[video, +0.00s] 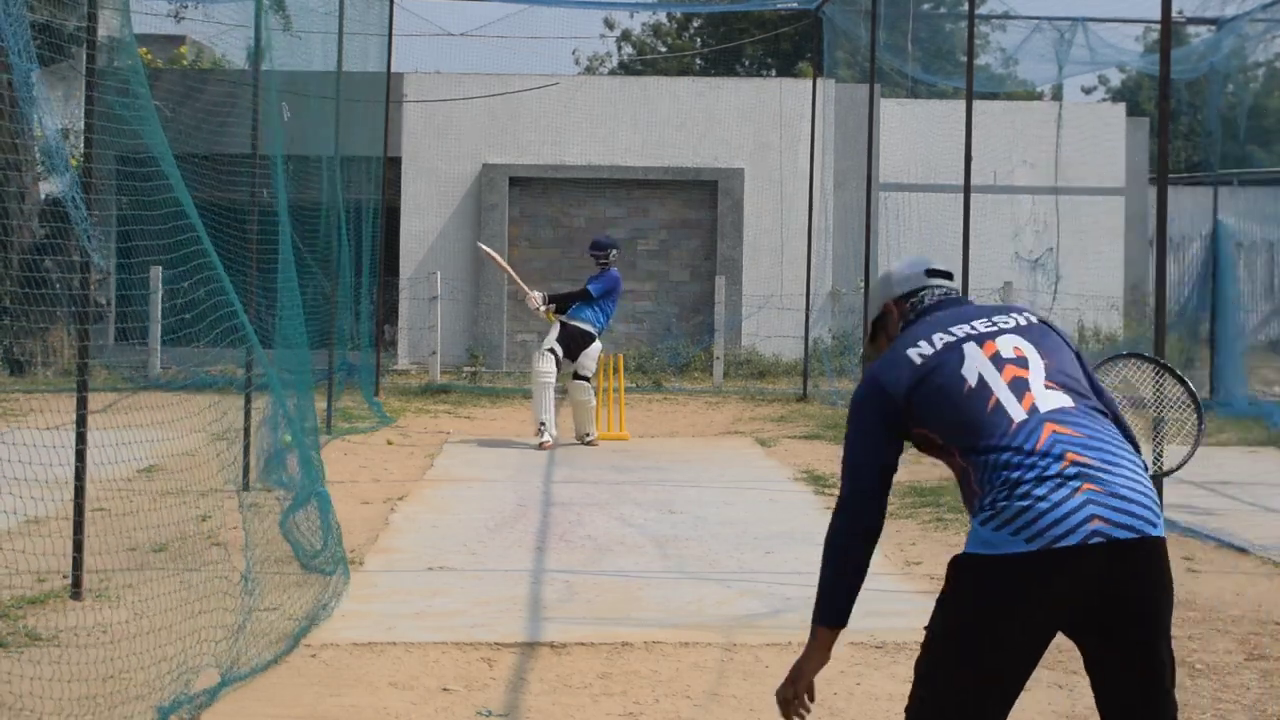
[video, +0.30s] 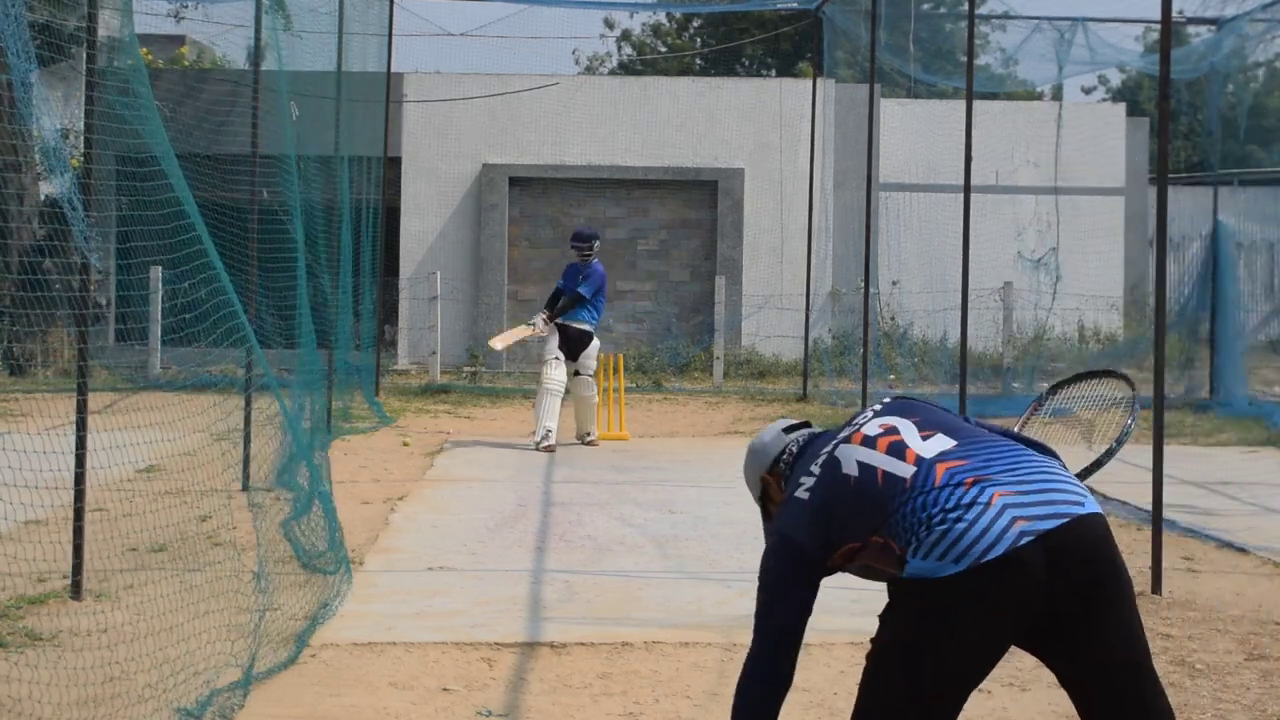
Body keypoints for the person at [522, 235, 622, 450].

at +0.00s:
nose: (599, 260)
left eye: (602, 256)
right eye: (596, 256)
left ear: (610, 255)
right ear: (593, 256)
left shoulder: (612, 277)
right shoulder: (595, 279)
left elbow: (583, 295)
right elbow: (572, 307)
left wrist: (545, 298)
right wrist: (548, 308)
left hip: (588, 332)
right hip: (566, 326)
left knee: (580, 384)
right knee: (544, 365)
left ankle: (585, 434)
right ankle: (545, 430)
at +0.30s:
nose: (582, 254)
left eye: (586, 249)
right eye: (578, 249)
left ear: (594, 248)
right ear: (573, 249)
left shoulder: (597, 272)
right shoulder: (571, 269)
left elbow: (575, 299)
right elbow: (557, 293)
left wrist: (550, 318)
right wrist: (544, 314)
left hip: (584, 332)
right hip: (560, 329)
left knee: (584, 385)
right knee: (552, 381)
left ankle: (586, 433)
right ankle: (546, 435)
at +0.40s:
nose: (574, 251)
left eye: (578, 246)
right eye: (569, 246)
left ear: (586, 246)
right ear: (563, 246)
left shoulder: (589, 269)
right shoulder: (556, 266)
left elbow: (579, 304)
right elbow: (548, 294)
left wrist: (563, 331)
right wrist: (548, 319)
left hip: (580, 327)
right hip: (555, 325)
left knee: (581, 380)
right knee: (547, 378)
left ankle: (586, 431)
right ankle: (545, 434)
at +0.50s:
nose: (569, 252)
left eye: (574, 248)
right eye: (565, 247)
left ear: (581, 245)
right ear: (559, 244)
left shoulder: (587, 268)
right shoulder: (548, 264)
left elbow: (585, 304)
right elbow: (544, 298)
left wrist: (577, 332)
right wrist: (555, 321)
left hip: (577, 326)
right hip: (550, 324)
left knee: (581, 380)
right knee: (550, 378)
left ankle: (585, 427)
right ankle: (545, 433)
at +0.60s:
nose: (570, 250)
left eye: (575, 246)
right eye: (566, 245)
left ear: (580, 244)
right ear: (559, 240)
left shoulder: (585, 264)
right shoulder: (545, 262)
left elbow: (589, 296)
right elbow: (543, 298)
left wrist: (591, 323)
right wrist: (566, 317)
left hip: (573, 321)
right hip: (547, 320)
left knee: (582, 380)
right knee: (549, 377)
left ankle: (579, 426)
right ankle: (545, 434)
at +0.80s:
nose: (576, 246)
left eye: (581, 243)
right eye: (574, 240)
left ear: (584, 244)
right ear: (565, 235)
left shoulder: (579, 261)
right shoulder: (549, 258)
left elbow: (573, 289)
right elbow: (547, 295)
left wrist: (593, 301)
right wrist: (577, 308)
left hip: (568, 319)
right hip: (547, 318)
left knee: (580, 375)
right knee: (551, 376)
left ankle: (564, 432)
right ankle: (544, 434)